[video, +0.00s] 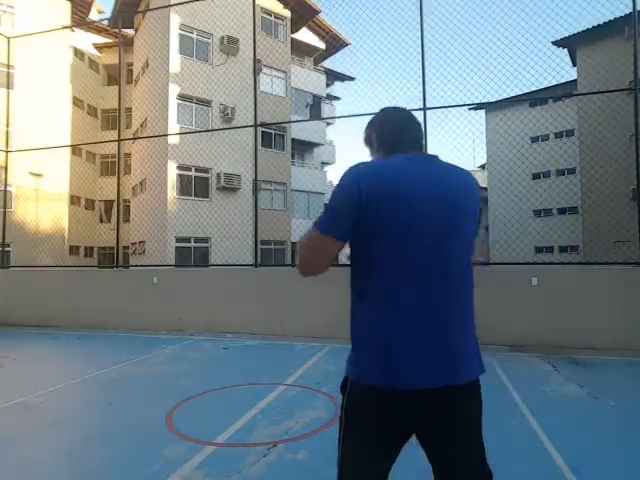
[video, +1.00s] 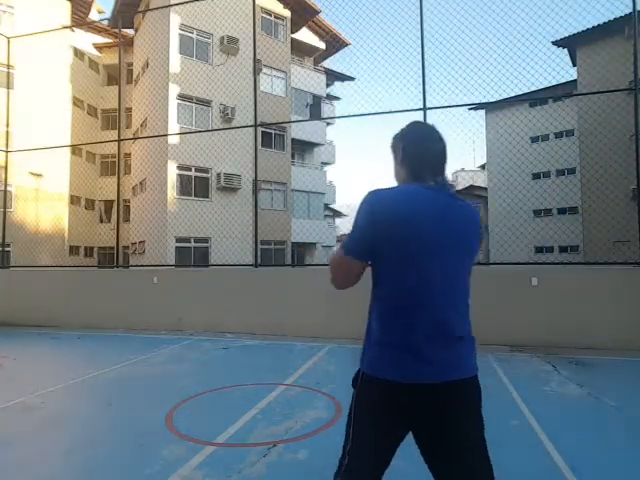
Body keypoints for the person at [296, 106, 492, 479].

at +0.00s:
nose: (369, 152)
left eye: (368, 145)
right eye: (367, 146)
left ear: (375, 142)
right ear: (419, 141)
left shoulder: (363, 178)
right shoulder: (465, 183)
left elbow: (309, 263)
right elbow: (460, 255)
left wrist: (338, 222)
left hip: (380, 380)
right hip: (455, 378)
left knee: (359, 474)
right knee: (468, 473)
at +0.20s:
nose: (398, 156)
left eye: (397, 147)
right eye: (397, 148)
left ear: (405, 146)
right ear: (451, 147)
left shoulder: (393, 191)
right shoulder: (498, 194)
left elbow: (354, 282)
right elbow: (501, 274)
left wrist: (347, 253)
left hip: (410, 394)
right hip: (490, 393)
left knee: (383, 473)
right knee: (499, 474)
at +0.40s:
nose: (418, 144)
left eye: (418, 135)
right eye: (418, 135)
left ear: (428, 132)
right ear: (473, 134)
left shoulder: (417, 179)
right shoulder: (521, 181)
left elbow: (375, 267)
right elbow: (529, 256)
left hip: (432, 381)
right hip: (512, 381)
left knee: (411, 473)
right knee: (519, 474)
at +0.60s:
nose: (439, 148)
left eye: (440, 139)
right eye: (440, 139)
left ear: (449, 139)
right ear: (494, 142)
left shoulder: (424, 181)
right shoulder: (532, 196)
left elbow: (380, 265)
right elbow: (521, 262)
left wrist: (412, 238)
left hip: (433, 384)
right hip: (509, 385)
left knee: (419, 473)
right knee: (516, 473)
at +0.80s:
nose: (431, 152)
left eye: (432, 144)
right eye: (432, 144)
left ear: (440, 146)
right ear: (483, 150)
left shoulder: (414, 186)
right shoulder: (516, 202)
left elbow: (368, 263)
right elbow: (504, 263)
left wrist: (410, 243)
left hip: (415, 379)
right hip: (489, 383)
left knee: (384, 472)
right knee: (500, 474)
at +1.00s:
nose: (394, 165)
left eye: (394, 158)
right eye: (394, 157)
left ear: (402, 160)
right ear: (441, 161)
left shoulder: (380, 204)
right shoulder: (469, 214)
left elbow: (342, 277)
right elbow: (455, 267)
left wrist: (346, 244)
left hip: (387, 381)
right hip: (454, 383)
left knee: (356, 472)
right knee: (470, 473)